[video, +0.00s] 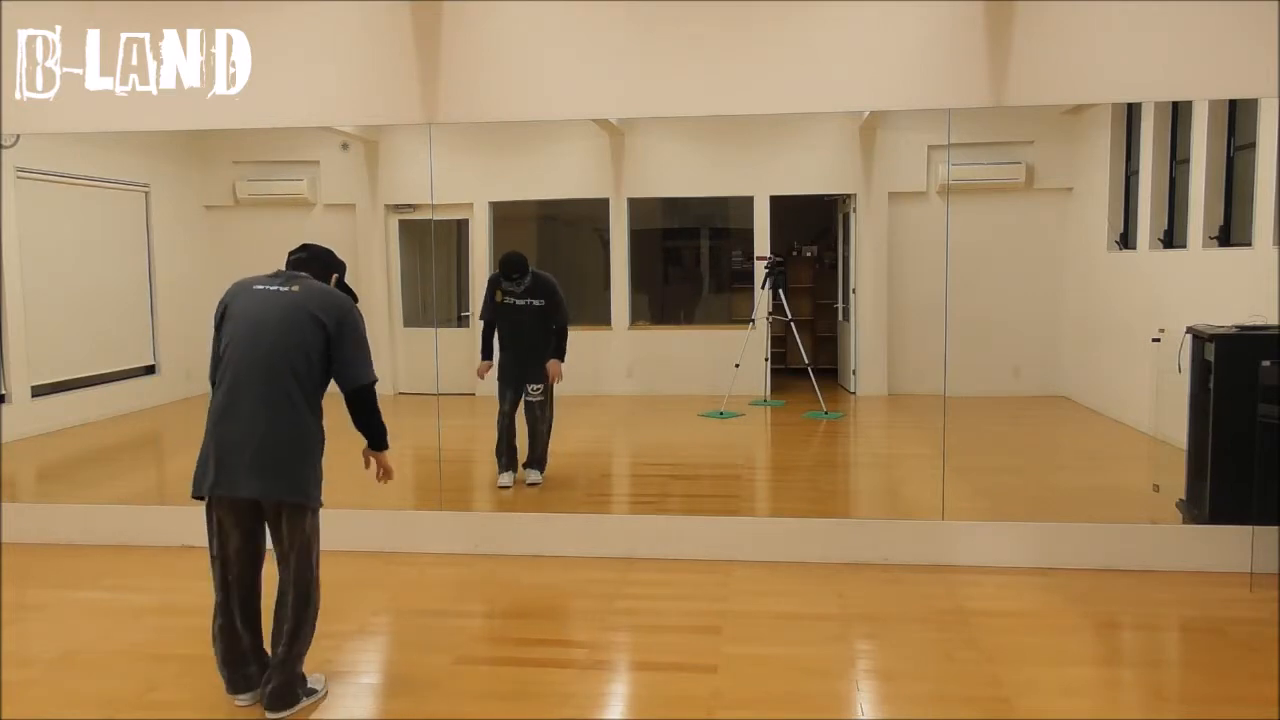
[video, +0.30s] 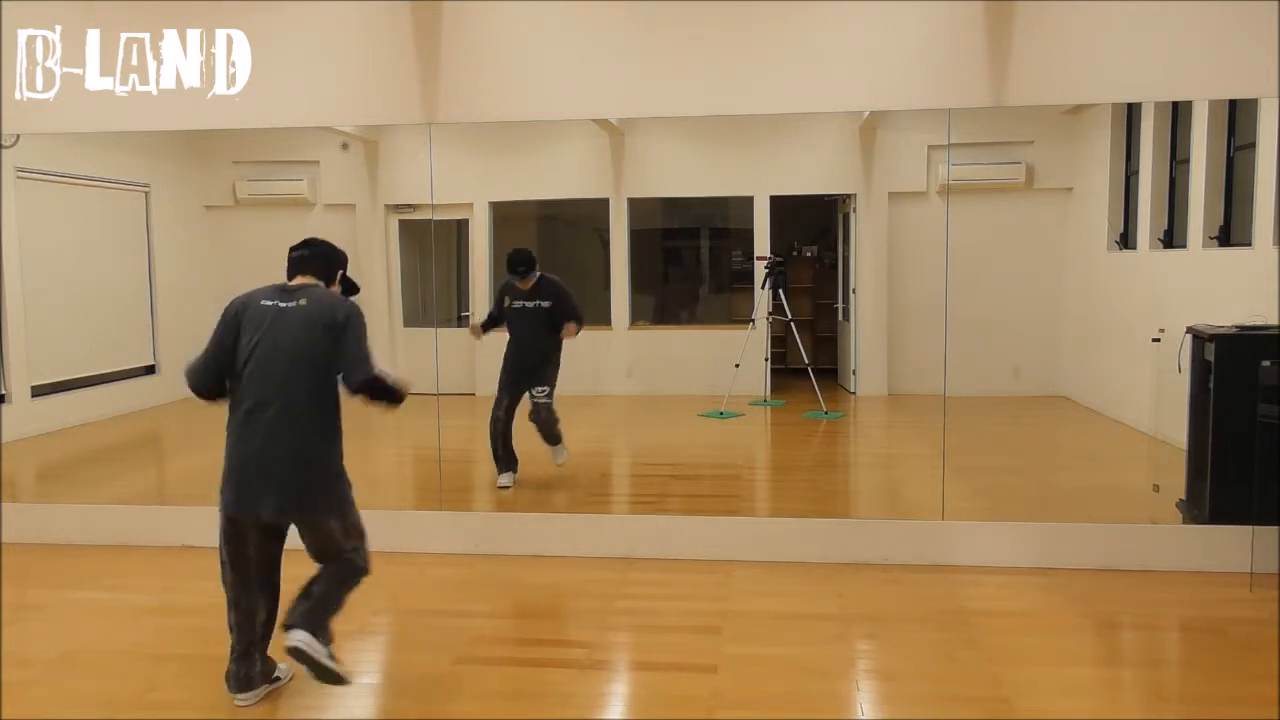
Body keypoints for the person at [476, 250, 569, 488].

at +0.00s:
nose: (514, 288)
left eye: (518, 283)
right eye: (509, 284)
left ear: (527, 274)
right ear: (503, 276)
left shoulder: (547, 285)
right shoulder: (496, 284)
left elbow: (561, 323)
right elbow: (489, 322)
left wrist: (557, 358)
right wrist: (487, 357)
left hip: (540, 359)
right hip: (510, 358)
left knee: (538, 414)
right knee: (505, 412)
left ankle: (535, 467)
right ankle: (506, 467)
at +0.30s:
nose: (522, 285)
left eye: (525, 280)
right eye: (517, 281)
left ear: (535, 271)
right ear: (511, 275)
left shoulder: (553, 287)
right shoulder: (507, 289)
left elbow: (575, 317)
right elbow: (499, 315)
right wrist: (483, 327)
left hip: (546, 356)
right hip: (517, 355)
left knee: (541, 411)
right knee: (500, 414)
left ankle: (556, 443)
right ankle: (505, 469)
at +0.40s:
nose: (528, 272)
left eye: (532, 266)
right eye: (524, 267)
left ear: (542, 259)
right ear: (518, 263)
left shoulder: (564, 279)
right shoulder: (514, 282)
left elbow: (592, 296)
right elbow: (493, 300)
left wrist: (600, 302)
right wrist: (472, 306)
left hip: (555, 362)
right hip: (524, 361)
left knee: (566, 415)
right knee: (509, 414)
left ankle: (589, 452)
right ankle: (506, 469)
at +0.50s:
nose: (537, 268)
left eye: (541, 262)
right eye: (532, 263)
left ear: (550, 255)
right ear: (526, 260)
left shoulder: (571, 275)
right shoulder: (521, 282)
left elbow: (605, 286)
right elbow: (490, 298)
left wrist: (633, 297)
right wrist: (459, 306)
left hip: (569, 358)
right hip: (537, 358)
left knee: (585, 412)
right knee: (520, 409)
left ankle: (608, 462)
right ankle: (512, 466)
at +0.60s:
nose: (544, 271)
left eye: (547, 266)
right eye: (539, 267)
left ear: (557, 261)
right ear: (533, 265)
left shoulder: (579, 281)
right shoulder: (530, 288)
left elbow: (609, 300)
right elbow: (505, 309)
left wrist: (638, 314)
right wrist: (473, 319)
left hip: (582, 359)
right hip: (551, 360)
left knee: (590, 414)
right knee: (533, 408)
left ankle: (610, 461)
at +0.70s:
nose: (551, 271)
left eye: (555, 265)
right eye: (546, 267)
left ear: (564, 260)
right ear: (540, 265)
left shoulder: (585, 283)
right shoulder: (538, 287)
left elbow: (611, 309)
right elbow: (526, 316)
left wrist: (622, 338)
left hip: (587, 357)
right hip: (556, 359)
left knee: (592, 411)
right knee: (555, 418)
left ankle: (609, 461)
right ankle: (576, 447)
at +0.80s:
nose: (554, 269)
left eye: (558, 264)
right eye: (550, 264)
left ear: (568, 259)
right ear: (544, 262)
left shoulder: (588, 283)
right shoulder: (540, 287)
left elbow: (601, 317)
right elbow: (539, 322)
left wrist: (587, 336)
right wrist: (545, 347)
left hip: (586, 359)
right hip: (557, 362)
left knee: (594, 413)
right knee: (567, 416)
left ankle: (606, 461)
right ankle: (583, 457)